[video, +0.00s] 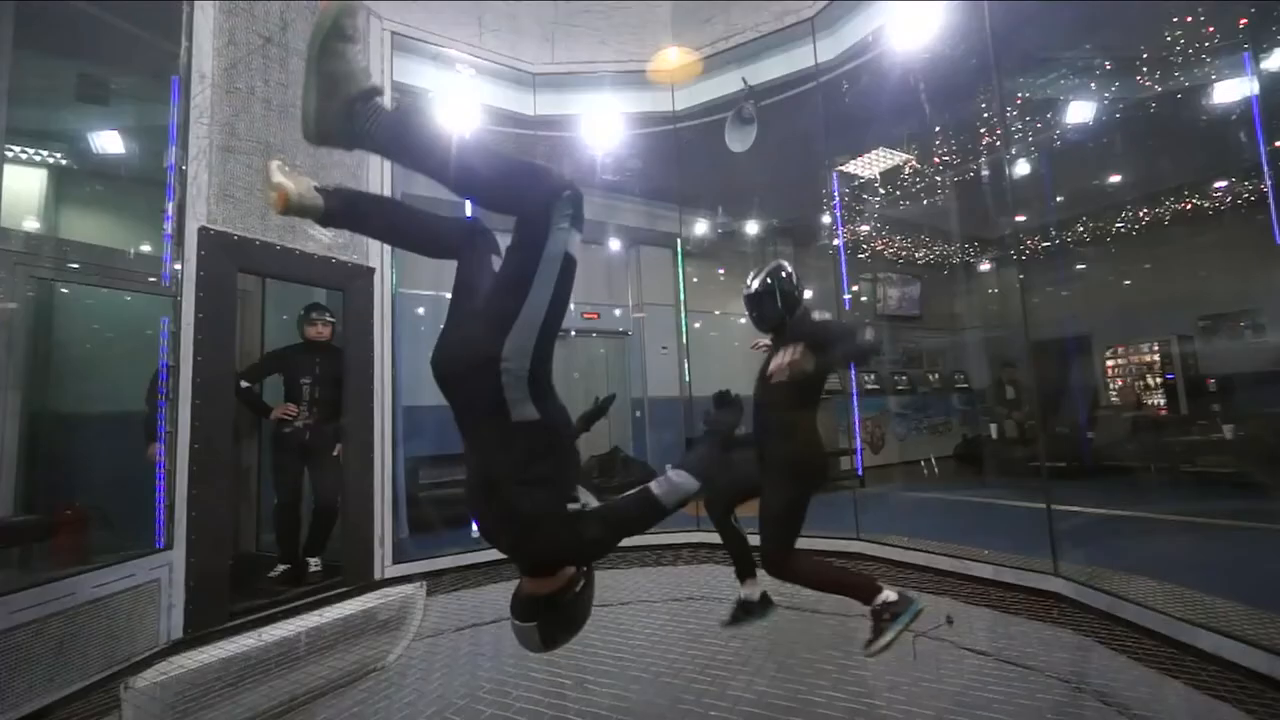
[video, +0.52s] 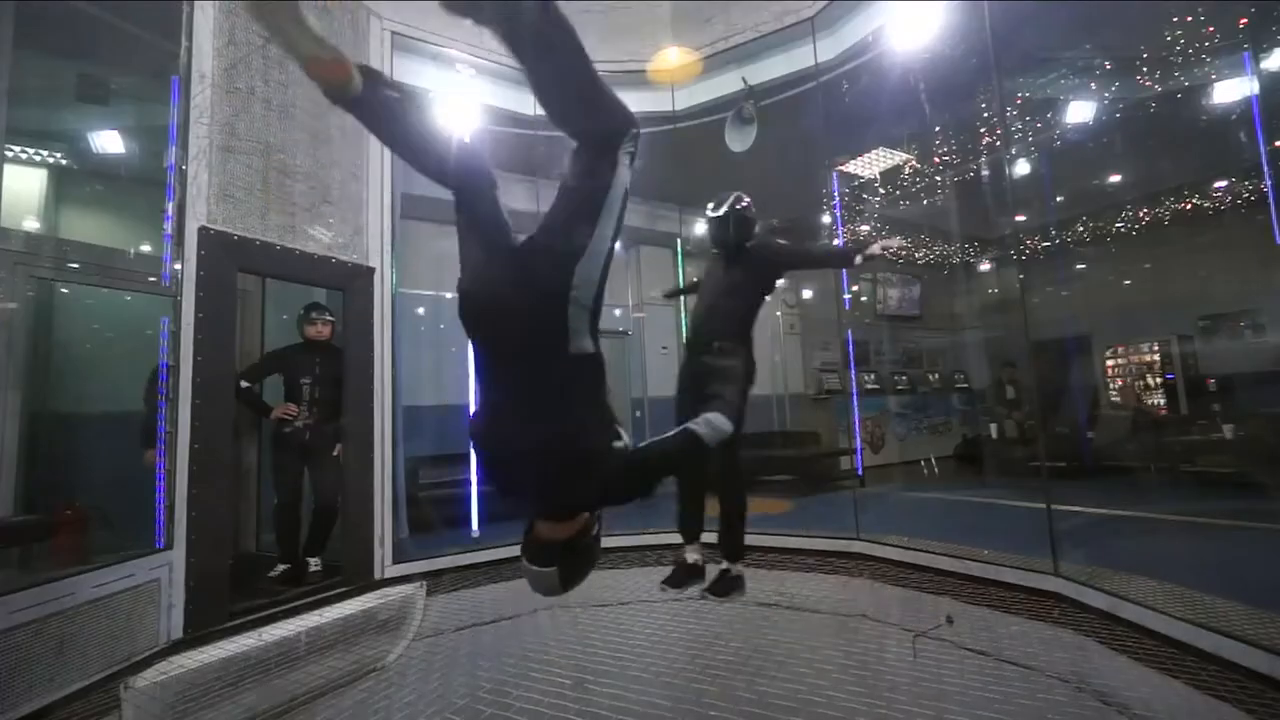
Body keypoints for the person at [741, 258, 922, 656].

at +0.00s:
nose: (758, 315)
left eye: (761, 306)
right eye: (754, 308)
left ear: (779, 300)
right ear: (786, 300)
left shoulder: (812, 332)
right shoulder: (789, 336)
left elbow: (863, 343)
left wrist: (812, 355)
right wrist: (775, 346)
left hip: (795, 460)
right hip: (772, 455)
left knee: (778, 559)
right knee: (716, 498)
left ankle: (885, 600)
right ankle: (751, 592)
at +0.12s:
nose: (748, 296)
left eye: (751, 287)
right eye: (746, 288)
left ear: (768, 282)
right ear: (783, 278)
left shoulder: (802, 314)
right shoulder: (782, 318)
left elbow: (860, 313)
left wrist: (807, 308)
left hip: (791, 446)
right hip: (771, 442)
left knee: (770, 541)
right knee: (707, 482)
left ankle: (860, 606)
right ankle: (740, 577)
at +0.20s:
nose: (747, 277)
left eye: (751, 267)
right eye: (745, 269)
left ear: (770, 262)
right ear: (767, 267)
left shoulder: (802, 291)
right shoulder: (771, 302)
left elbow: (848, 298)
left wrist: (798, 304)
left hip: (781, 429)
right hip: (756, 425)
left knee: (769, 521)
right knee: (702, 475)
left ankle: (830, 610)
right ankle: (724, 567)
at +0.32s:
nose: (742, 251)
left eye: (747, 241)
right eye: (739, 243)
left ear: (766, 238)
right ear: (739, 245)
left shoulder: (790, 267)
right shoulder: (758, 283)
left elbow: (849, 269)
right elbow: (751, 344)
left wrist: (817, 271)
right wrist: (729, 378)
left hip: (767, 392)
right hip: (736, 392)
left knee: (753, 484)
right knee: (706, 477)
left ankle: (778, 593)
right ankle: (707, 571)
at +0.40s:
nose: (733, 242)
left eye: (738, 233)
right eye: (729, 235)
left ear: (760, 228)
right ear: (734, 235)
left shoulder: (782, 257)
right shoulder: (751, 266)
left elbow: (830, 259)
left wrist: (852, 253)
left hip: (752, 377)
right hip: (724, 377)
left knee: (743, 475)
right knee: (702, 466)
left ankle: (754, 580)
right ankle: (701, 565)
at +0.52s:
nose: (726, 227)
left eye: (734, 219)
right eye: (721, 221)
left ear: (748, 222)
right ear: (714, 226)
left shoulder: (762, 253)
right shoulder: (719, 261)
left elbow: (811, 255)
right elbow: (703, 285)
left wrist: (860, 254)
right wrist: (678, 290)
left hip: (729, 363)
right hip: (695, 362)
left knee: (725, 460)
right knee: (689, 456)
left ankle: (732, 565)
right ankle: (691, 554)